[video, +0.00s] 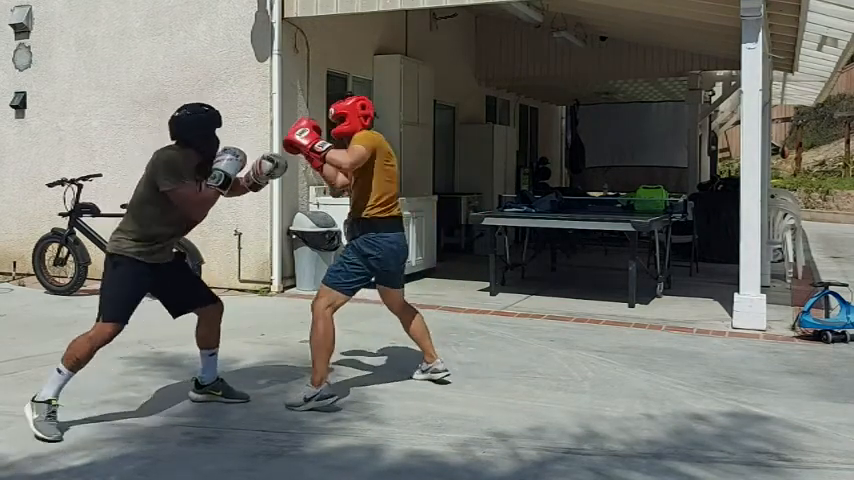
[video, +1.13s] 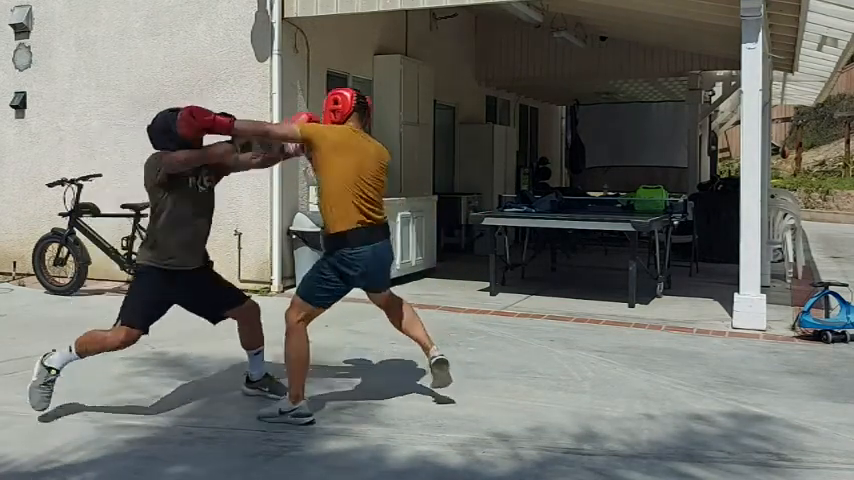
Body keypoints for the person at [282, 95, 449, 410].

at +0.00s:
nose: (337, 128)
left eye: (340, 121)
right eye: (336, 123)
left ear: (357, 118)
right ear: (364, 119)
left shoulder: (367, 138)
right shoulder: (373, 145)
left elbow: (349, 162)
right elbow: (338, 184)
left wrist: (315, 143)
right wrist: (314, 158)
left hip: (371, 240)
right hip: (392, 239)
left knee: (322, 306)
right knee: (397, 303)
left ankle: (319, 386)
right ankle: (433, 361)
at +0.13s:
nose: (329, 129)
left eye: (331, 123)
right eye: (329, 124)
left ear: (345, 121)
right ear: (362, 122)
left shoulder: (347, 141)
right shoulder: (386, 150)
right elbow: (362, 194)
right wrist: (328, 180)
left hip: (372, 246)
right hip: (399, 242)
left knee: (326, 310)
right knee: (401, 300)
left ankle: (320, 389)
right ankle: (441, 362)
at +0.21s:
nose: (329, 131)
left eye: (332, 125)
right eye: (328, 126)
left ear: (347, 122)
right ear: (361, 122)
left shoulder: (350, 145)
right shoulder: (388, 151)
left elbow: (310, 161)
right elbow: (371, 191)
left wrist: (270, 156)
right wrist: (338, 186)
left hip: (371, 247)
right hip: (400, 243)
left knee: (326, 310)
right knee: (410, 308)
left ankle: (320, 389)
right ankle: (451, 366)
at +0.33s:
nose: (336, 133)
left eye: (339, 125)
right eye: (335, 126)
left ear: (356, 125)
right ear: (367, 124)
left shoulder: (365, 150)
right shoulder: (390, 150)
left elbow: (358, 192)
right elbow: (369, 193)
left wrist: (322, 193)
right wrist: (337, 177)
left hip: (379, 247)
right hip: (404, 244)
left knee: (331, 309)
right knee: (418, 311)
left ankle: (319, 389)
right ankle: (459, 374)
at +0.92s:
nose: (320, 129)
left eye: (323, 121)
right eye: (320, 122)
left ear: (339, 121)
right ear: (352, 120)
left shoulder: (353, 143)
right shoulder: (374, 143)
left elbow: (329, 175)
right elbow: (338, 185)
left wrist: (304, 158)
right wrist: (311, 157)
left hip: (363, 248)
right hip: (393, 246)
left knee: (303, 300)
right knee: (404, 314)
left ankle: (299, 384)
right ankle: (440, 375)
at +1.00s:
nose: (310, 123)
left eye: (313, 117)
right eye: (310, 117)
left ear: (328, 116)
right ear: (345, 116)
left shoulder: (334, 138)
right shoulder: (374, 144)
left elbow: (293, 154)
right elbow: (339, 178)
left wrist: (264, 147)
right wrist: (305, 147)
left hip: (356, 246)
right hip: (389, 242)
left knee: (306, 314)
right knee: (398, 305)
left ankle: (294, 397)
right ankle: (434, 368)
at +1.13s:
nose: (325, 117)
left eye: (328, 112)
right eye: (327, 112)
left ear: (336, 111)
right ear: (363, 116)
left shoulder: (322, 133)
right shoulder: (380, 151)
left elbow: (267, 130)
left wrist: (218, 123)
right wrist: (312, 147)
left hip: (346, 253)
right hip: (380, 247)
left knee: (296, 317)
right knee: (386, 298)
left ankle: (296, 403)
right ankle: (431, 350)